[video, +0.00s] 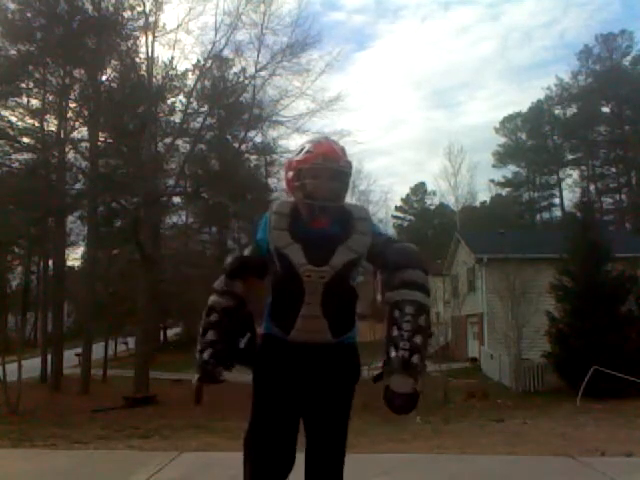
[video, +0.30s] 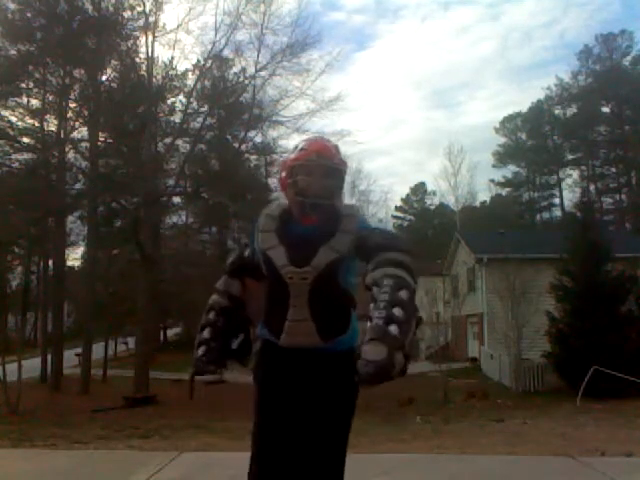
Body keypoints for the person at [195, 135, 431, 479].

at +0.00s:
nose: (323, 186)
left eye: (333, 178)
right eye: (314, 177)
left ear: (345, 184)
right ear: (296, 181)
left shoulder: (360, 227)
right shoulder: (272, 223)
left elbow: (406, 271)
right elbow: (237, 281)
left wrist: (404, 363)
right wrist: (215, 344)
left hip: (335, 358)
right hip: (278, 356)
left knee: (326, 461)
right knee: (266, 458)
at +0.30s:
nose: (316, 185)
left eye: (327, 176)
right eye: (307, 174)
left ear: (339, 184)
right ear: (289, 181)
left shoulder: (353, 229)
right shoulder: (264, 230)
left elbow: (393, 263)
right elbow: (233, 285)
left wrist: (385, 336)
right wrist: (212, 341)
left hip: (332, 360)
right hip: (276, 358)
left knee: (324, 457)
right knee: (270, 454)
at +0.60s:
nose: (296, 178)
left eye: (306, 169)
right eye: (286, 168)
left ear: (319, 177)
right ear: (270, 176)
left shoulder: (342, 228)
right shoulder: (248, 229)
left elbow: (373, 282)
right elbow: (216, 288)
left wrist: (360, 352)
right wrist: (200, 347)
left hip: (320, 363)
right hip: (263, 363)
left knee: (315, 464)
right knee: (263, 462)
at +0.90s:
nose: (286, 196)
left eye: (296, 186)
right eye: (276, 185)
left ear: (311, 187)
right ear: (257, 183)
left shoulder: (333, 226)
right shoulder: (237, 225)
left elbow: (370, 272)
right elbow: (198, 285)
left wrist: (356, 362)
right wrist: (175, 347)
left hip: (311, 363)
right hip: (255, 362)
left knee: (311, 463)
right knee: (261, 462)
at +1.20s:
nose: (285, 196)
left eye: (298, 185)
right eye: (276, 183)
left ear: (313, 188)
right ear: (256, 184)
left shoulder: (330, 229)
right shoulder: (231, 228)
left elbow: (373, 284)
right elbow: (192, 291)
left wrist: (375, 378)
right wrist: (172, 380)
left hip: (307, 366)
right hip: (248, 367)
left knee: (307, 467)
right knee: (255, 468)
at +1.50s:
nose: (286, 188)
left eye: (297, 178)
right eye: (275, 175)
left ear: (310, 182)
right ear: (255, 176)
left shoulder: (325, 220)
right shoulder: (230, 221)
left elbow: (370, 264)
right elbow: (188, 291)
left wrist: (380, 341)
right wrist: (171, 384)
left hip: (303, 362)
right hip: (244, 362)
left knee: (305, 466)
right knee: (248, 467)